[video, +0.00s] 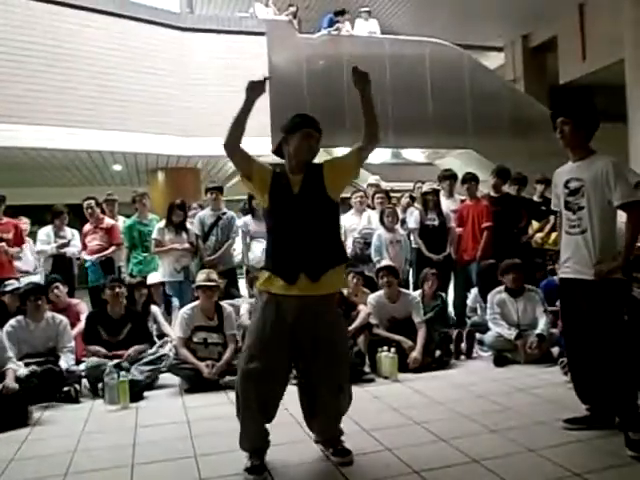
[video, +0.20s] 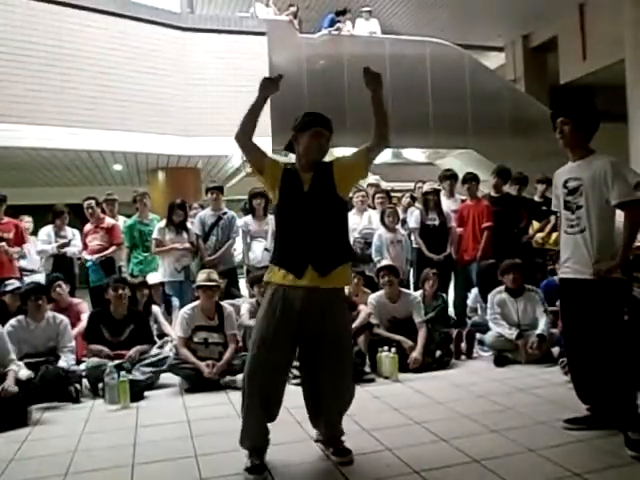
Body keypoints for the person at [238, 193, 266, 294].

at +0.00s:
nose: (258, 204)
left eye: (260, 201)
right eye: (255, 201)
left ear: (263, 203)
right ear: (251, 203)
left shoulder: (268, 221)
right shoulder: (246, 221)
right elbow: (244, 244)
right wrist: (246, 263)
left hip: (269, 263)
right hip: (253, 264)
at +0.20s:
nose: (258, 201)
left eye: (261, 198)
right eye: (255, 198)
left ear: (266, 201)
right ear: (251, 201)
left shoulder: (272, 220)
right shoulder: (245, 221)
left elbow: (274, 239)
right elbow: (245, 243)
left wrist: (274, 258)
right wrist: (246, 262)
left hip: (269, 262)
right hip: (252, 262)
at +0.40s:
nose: (258, 201)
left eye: (261, 198)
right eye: (255, 198)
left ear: (266, 201)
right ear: (251, 201)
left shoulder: (273, 220)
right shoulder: (246, 221)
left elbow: (276, 239)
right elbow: (245, 242)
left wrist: (276, 257)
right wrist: (246, 261)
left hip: (269, 261)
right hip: (252, 262)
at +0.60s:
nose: (258, 201)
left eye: (261, 198)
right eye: (255, 198)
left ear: (265, 201)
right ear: (251, 201)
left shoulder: (274, 220)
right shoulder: (246, 221)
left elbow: (277, 241)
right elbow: (245, 243)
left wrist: (279, 258)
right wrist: (246, 261)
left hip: (270, 262)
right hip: (253, 262)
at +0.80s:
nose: (259, 202)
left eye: (262, 199)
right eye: (256, 199)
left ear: (266, 201)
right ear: (251, 202)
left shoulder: (273, 221)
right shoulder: (246, 222)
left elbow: (277, 242)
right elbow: (245, 243)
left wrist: (280, 259)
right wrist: (246, 261)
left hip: (270, 262)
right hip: (253, 263)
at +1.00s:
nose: (259, 202)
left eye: (261, 198)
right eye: (256, 199)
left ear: (266, 201)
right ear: (251, 202)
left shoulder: (271, 219)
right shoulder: (246, 221)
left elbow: (277, 240)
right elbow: (245, 243)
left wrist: (282, 258)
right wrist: (246, 262)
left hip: (270, 260)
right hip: (253, 261)